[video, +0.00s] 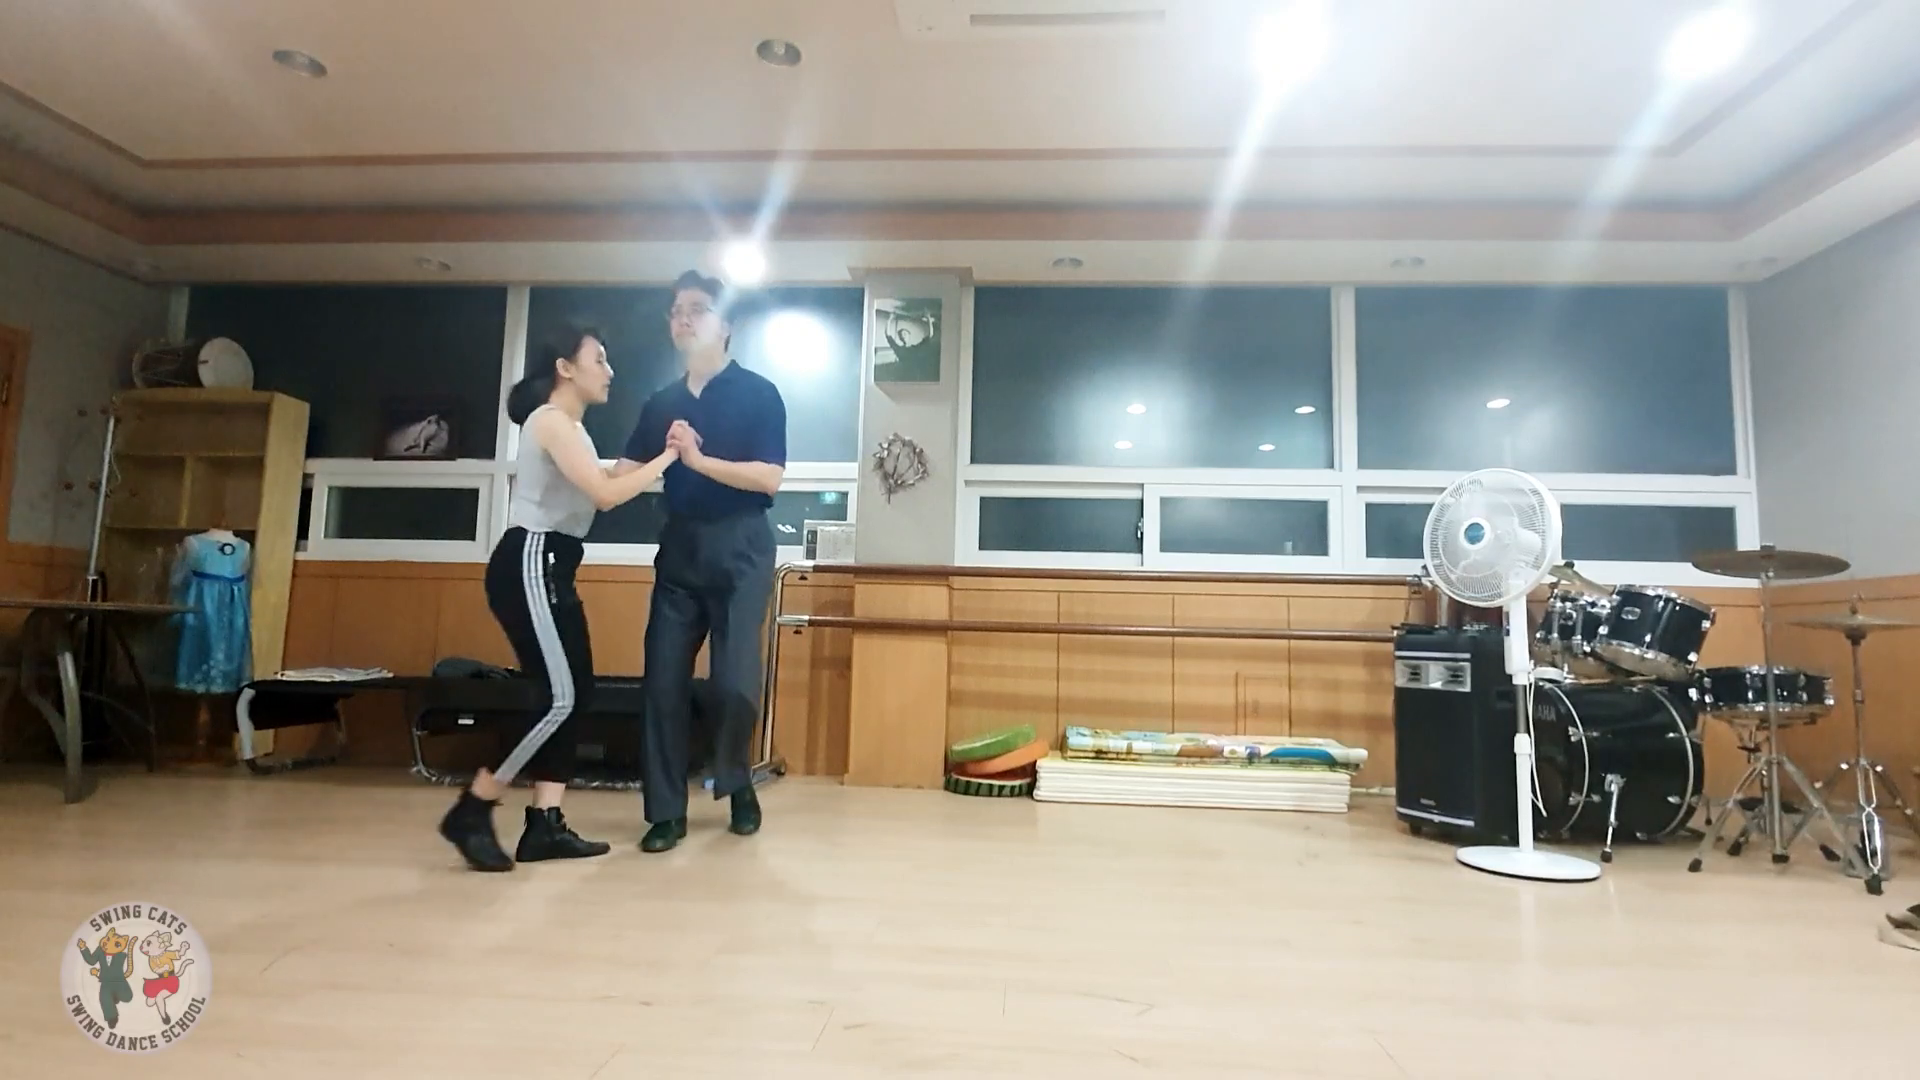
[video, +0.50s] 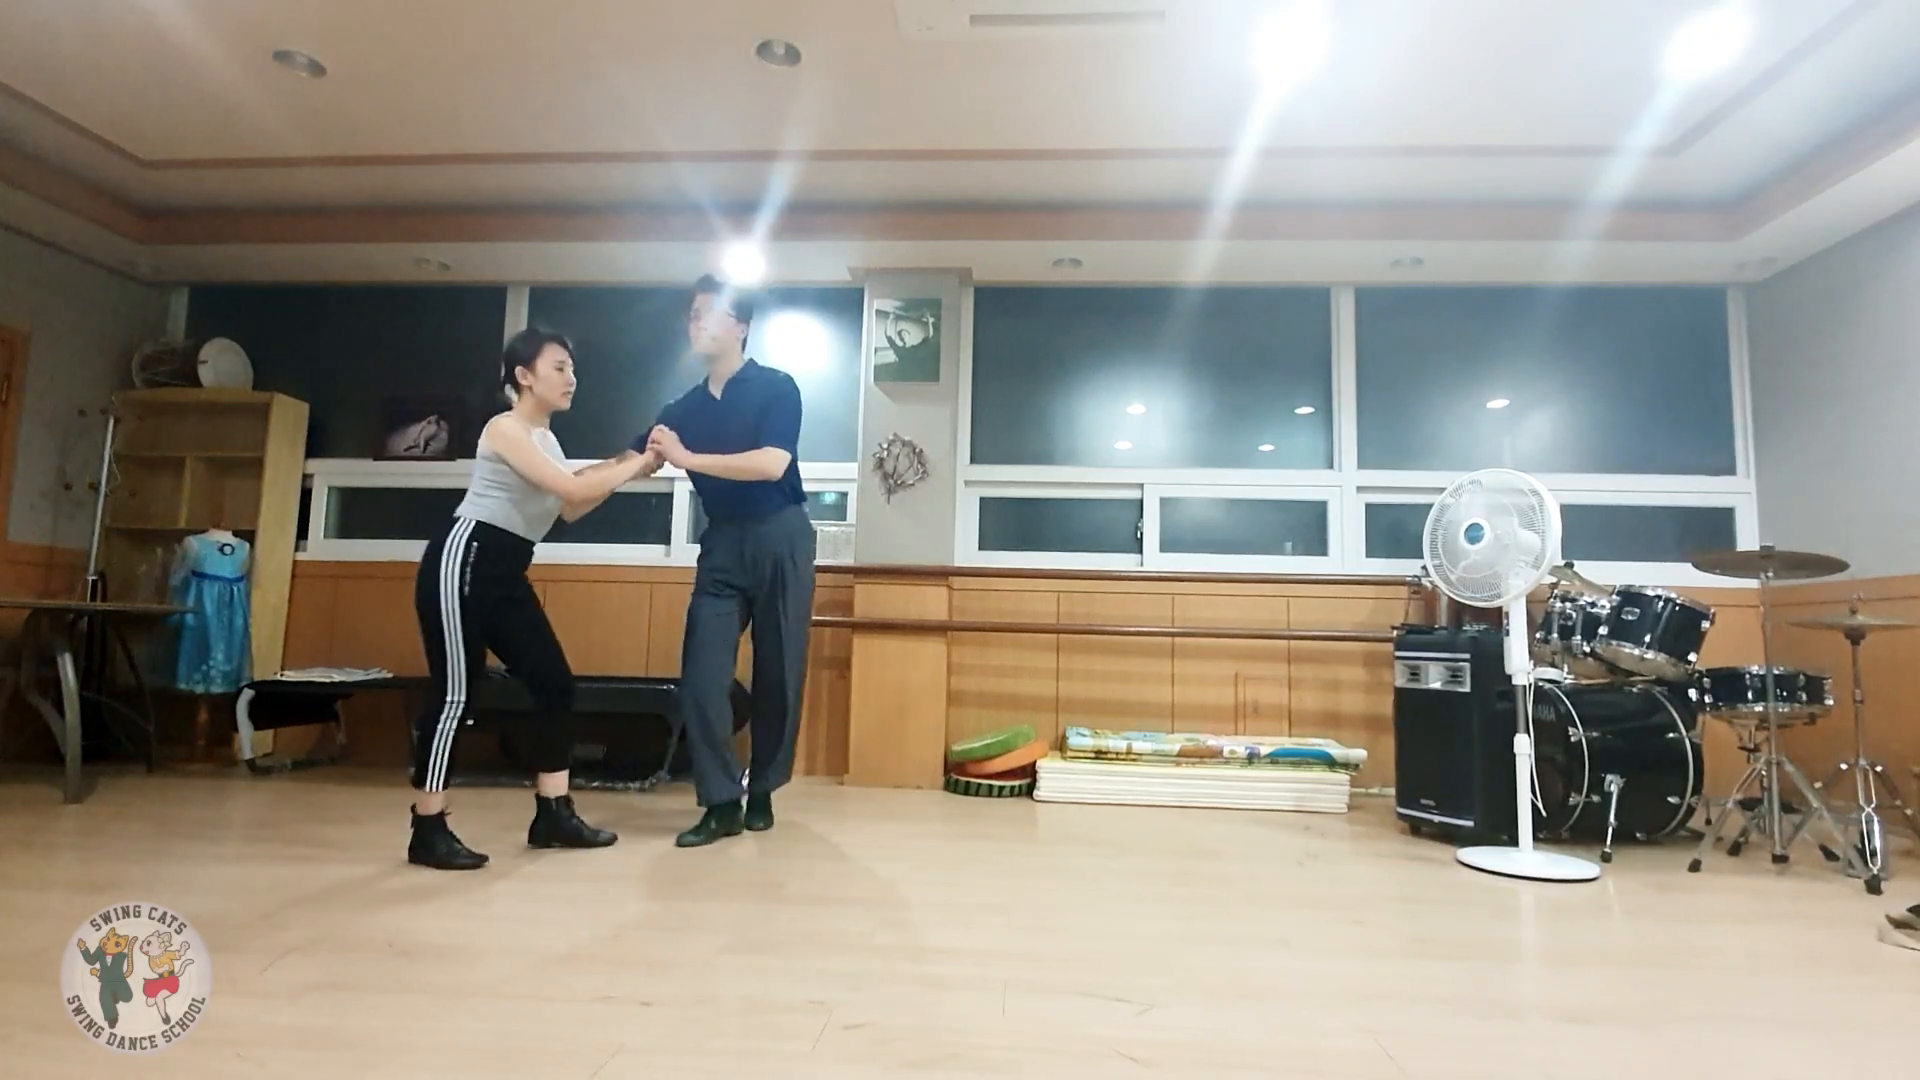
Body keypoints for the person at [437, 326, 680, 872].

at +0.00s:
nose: (610, 371)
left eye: (607, 361)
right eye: (599, 361)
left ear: (571, 373)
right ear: (565, 370)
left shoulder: (568, 426)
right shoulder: (553, 422)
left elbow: (596, 488)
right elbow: (605, 493)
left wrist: (633, 470)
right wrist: (664, 463)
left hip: (553, 564)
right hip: (529, 562)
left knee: (575, 693)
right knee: (560, 698)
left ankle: (545, 826)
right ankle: (471, 809)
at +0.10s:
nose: (597, 373)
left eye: (595, 362)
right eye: (586, 362)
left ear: (562, 374)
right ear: (551, 371)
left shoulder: (558, 432)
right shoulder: (532, 424)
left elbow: (591, 485)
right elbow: (592, 495)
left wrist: (644, 461)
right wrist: (653, 465)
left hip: (537, 573)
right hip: (504, 568)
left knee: (568, 688)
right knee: (516, 703)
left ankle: (545, 825)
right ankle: (439, 820)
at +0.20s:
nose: (584, 375)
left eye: (583, 364)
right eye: (572, 364)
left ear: (549, 374)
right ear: (536, 371)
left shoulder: (554, 436)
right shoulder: (514, 422)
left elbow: (566, 510)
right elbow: (579, 488)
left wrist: (617, 475)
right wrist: (641, 465)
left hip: (516, 571)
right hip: (477, 564)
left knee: (559, 688)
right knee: (483, 700)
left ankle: (544, 826)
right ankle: (432, 826)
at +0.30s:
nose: (576, 376)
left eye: (576, 366)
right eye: (565, 365)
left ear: (544, 375)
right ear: (528, 372)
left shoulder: (549, 439)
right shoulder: (505, 422)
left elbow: (567, 510)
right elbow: (575, 483)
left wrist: (623, 472)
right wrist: (640, 459)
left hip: (502, 571)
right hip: (457, 558)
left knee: (552, 684)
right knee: (455, 696)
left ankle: (546, 820)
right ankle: (429, 828)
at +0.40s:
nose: (571, 378)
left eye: (571, 368)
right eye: (560, 367)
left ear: (546, 378)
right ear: (523, 374)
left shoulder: (546, 441)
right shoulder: (501, 424)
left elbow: (568, 509)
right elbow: (573, 484)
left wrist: (624, 472)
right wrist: (636, 457)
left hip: (497, 571)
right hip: (451, 559)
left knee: (552, 682)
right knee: (445, 694)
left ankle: (547, 815)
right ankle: (427, 828)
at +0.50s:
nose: (570, 379)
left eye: (571, 370)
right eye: (559, 368)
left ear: (555, 380)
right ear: (523, 375)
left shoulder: (548, 442)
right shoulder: (502, 428)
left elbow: (571, 509)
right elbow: (572, 488)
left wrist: (622, 471)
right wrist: (632, 464)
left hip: (504, 575)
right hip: (459, 563)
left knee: (554, 683)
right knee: (454, 695)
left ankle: (554, 814)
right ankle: (428, 828)